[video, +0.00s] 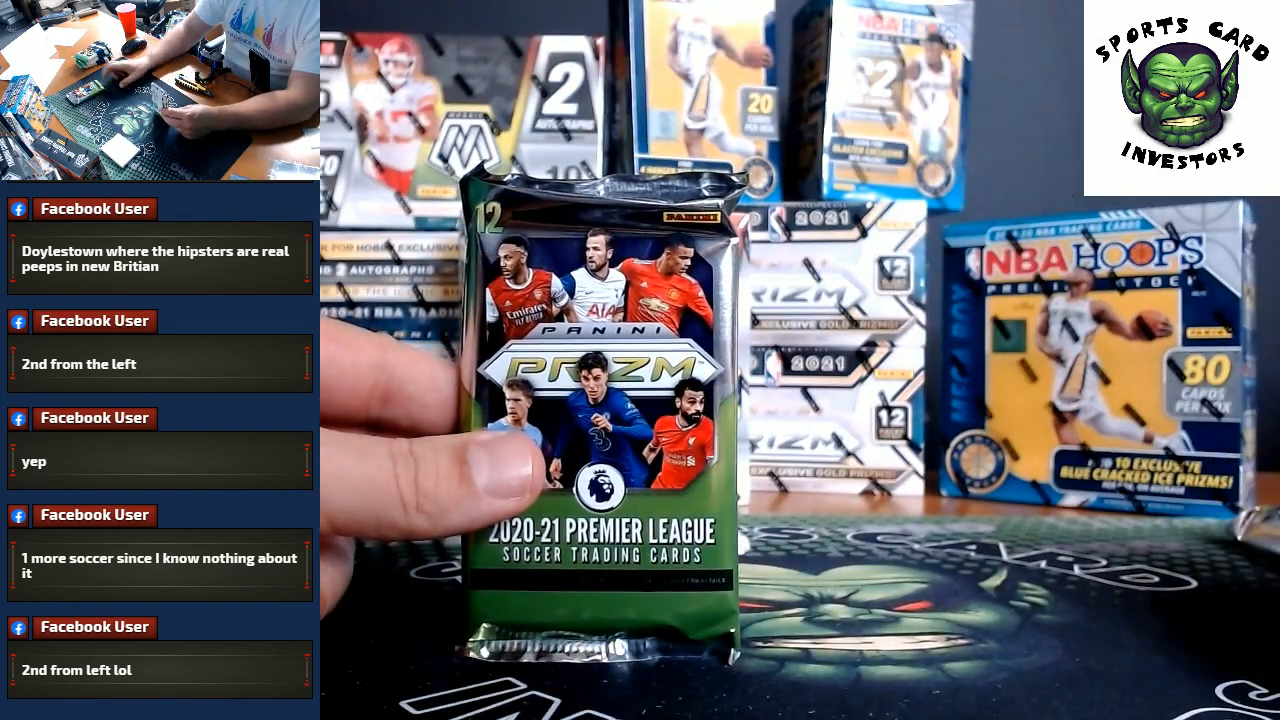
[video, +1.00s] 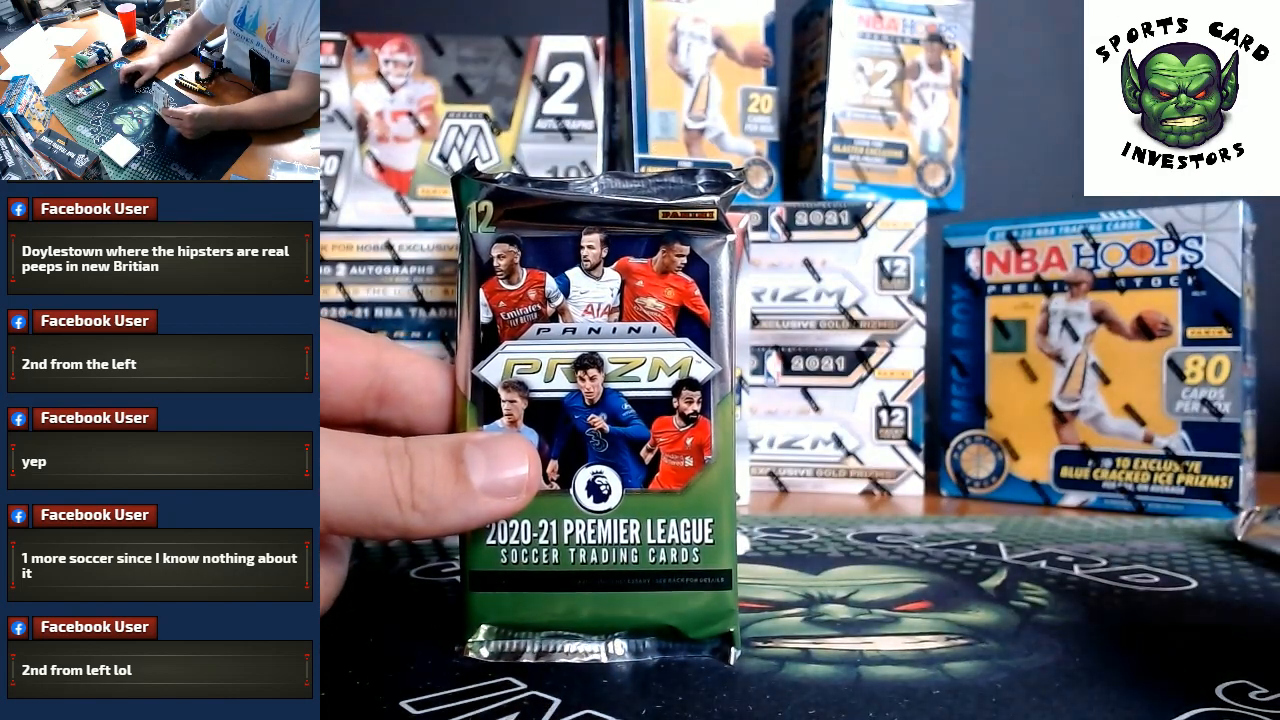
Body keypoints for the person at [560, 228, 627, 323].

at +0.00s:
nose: (590, 255)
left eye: (596, 249)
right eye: (588, 249)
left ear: (609, 253)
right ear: (585, 251)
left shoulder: (619, 279)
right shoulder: (573, 280)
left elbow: (619, 312)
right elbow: (550, 312)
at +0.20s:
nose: (588, 254)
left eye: (595, 249)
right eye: (586, 249)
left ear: (608, 253)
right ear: (584, 250)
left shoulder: (618, 279)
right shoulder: (572, 279)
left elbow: (617, 313)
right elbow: (547, 313)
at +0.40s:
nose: (585, 253)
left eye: (591, 248)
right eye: (583, 248)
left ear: (605, 252)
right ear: (580, 250)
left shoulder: (615, 278)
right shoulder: (569, 279)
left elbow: (615, 312)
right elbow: (545, 312)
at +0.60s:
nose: (586, 253)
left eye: (592, 248)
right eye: (584, 248)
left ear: (605, 252)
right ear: (581, 250)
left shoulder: (616, 278)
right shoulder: (570, 279)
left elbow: (615, 312)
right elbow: (545, 312)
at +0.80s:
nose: (584, 253)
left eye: (590, 248)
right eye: (582, 248)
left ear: (604, 252)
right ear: (580, 249)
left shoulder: (615, 278)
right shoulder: (568, 279)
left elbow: (614, 312)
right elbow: (544, 313)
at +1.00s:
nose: (584, 253)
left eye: (590, 248)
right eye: (582, 248)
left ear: (604, 252)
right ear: (580, 249)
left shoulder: (615, 278)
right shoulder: (568, 279)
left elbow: (614, 312)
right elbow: (543, 313)